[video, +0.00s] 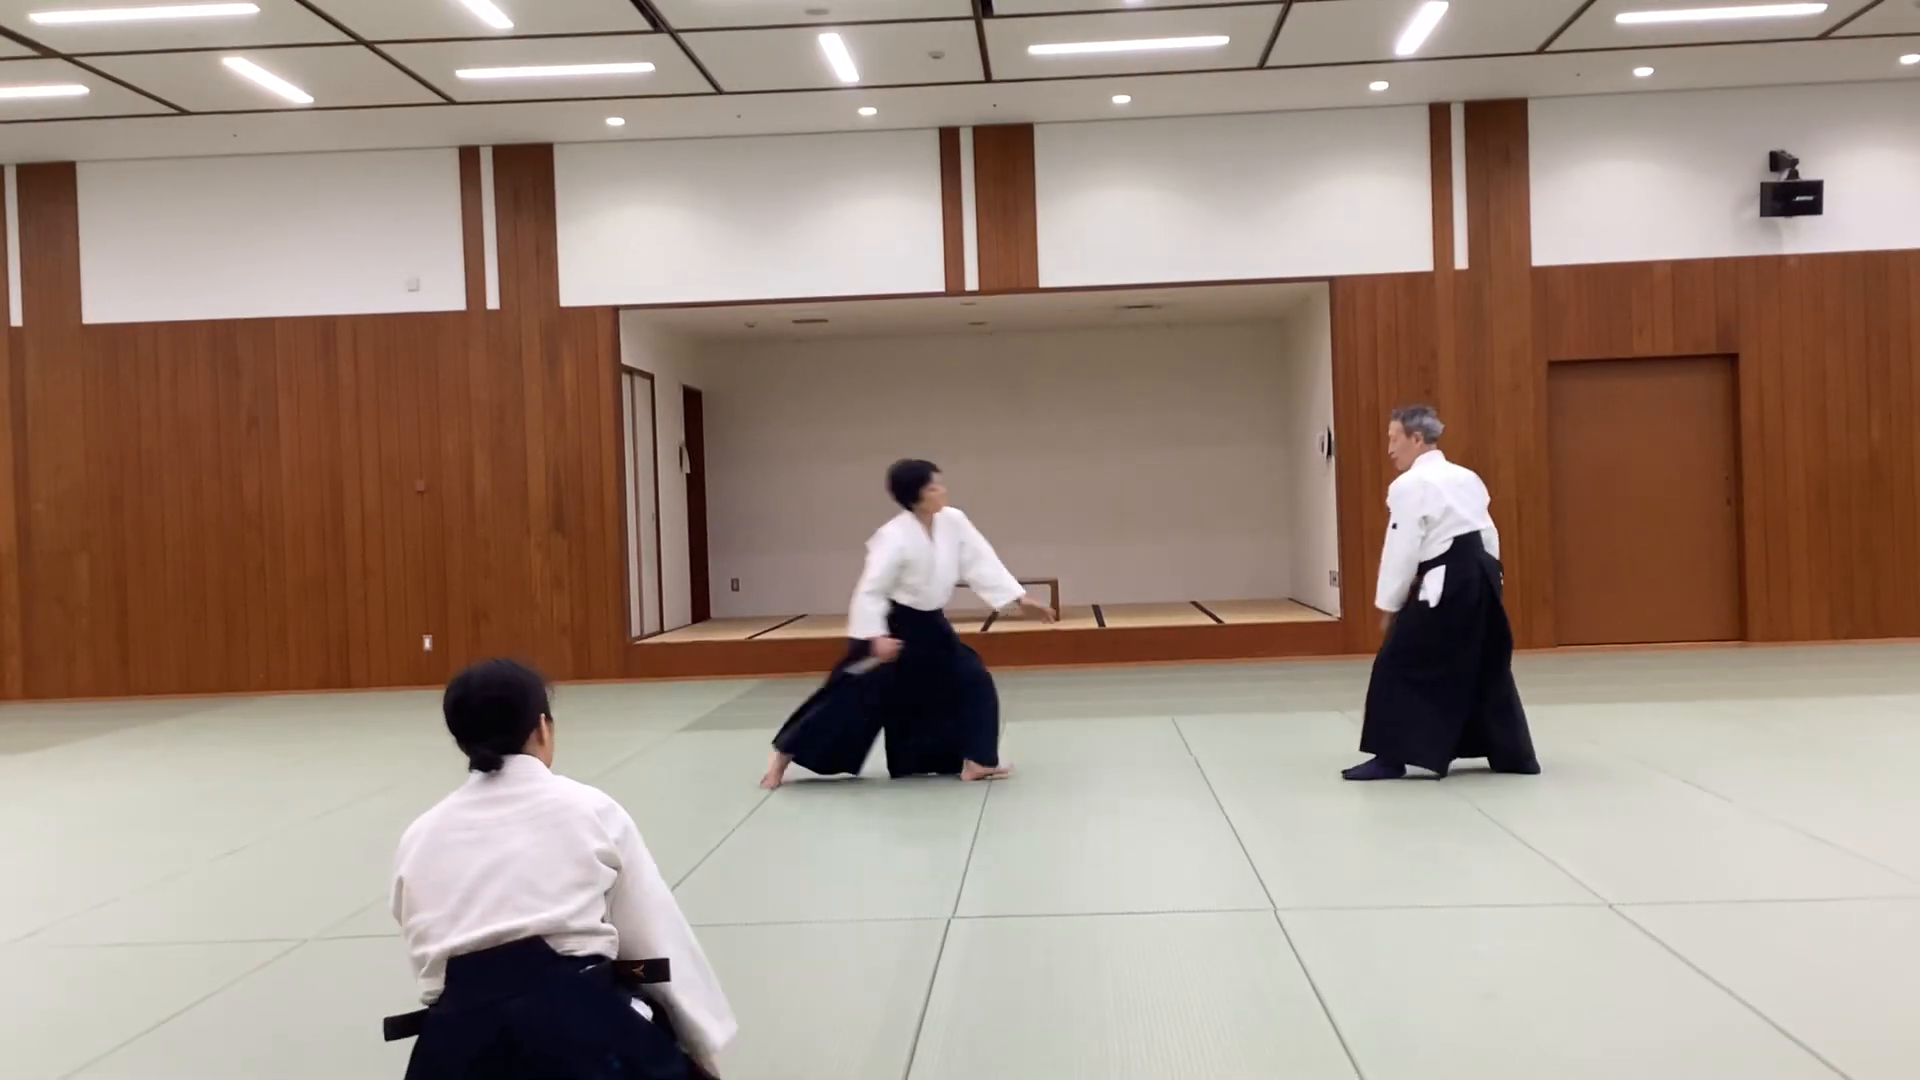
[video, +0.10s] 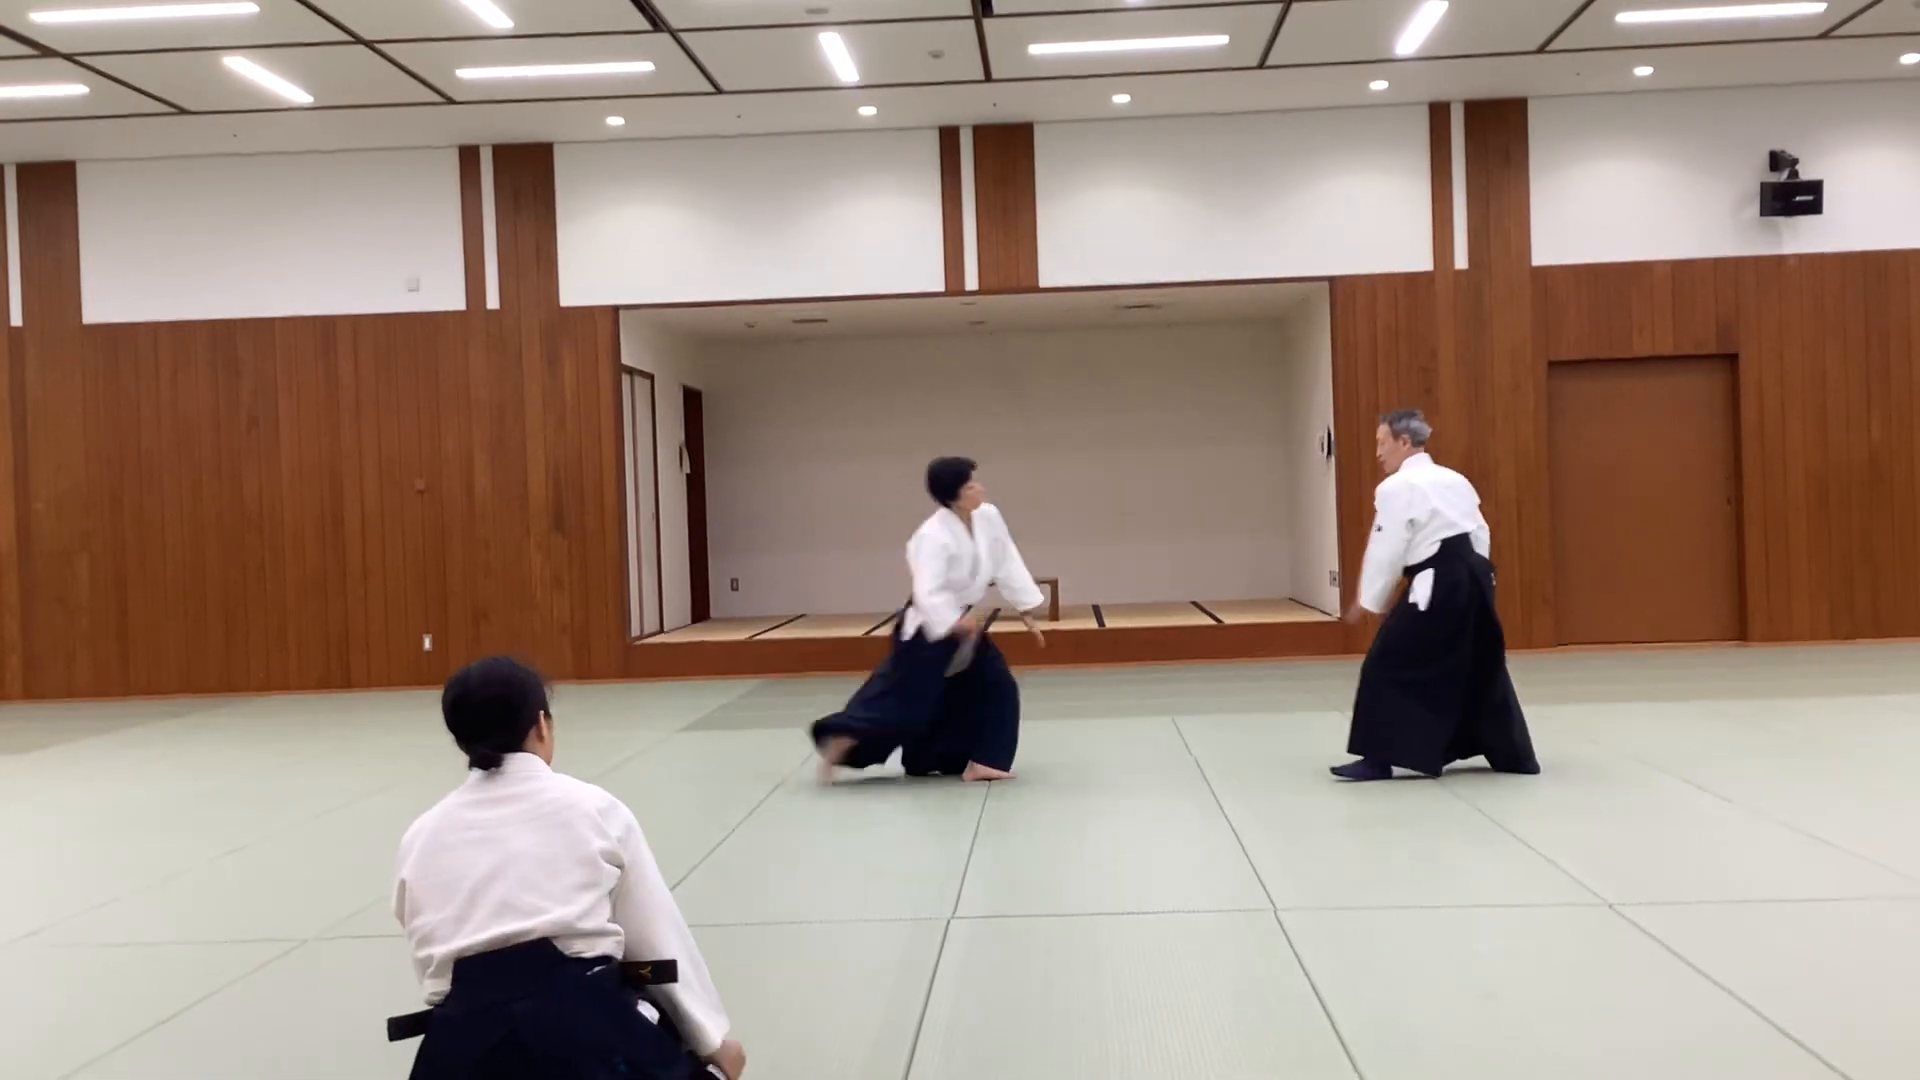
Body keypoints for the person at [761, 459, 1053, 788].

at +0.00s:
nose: (942, 490)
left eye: (939, 484)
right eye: (933, 487)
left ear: (934, 492)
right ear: (915, 497)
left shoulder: (953, 522)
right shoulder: (894, 536)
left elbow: (983, 563)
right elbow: (870, 590)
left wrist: (1021, 599)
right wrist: (877, 635)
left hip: (933, 624)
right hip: (895, 624)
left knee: (975, 680)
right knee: (853, 691)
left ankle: (977, 761)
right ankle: (787, 749)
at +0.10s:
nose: (979, 487)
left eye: (976, 481)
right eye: (971, 485)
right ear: (954, 495)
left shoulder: (987, 516)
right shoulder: (932, 536)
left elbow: (1007, 563)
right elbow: (926, 594)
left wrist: (1027, 610)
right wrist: (956, 621)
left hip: (964, 622)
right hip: (927, 625)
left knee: (1000, 688)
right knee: (906, 694)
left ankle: (983, 762)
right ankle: (842, 742)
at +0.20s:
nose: (1007, 484)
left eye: (1003, 478)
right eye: (999, 481)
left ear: (989, 490)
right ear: (984, 492)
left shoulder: (1009, 513)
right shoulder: (967, 527)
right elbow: (990, 573)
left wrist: (1026, 537)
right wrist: (1016, 540)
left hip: (994, 617)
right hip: (965, 618)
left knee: (1019, 690)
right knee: (972, 686)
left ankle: (987, 759)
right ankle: (943, 752)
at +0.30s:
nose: (1037, 472)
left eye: (1033, 466)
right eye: (1029, 468)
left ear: (1001, 483)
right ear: (1018, 480)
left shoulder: (1018, 510)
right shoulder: (1005, 517)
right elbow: (1028, 521)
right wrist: (1035, 480)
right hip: (1007, 616)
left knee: (1011, 685)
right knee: (1067, 674)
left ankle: (986, 757)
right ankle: (1090, 757)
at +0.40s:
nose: (1060, 444)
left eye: (1053, 443)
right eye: (1054, 445)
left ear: (1035, 471)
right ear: (1053, 466)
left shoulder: (1036, 498)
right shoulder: (1056, 505)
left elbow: (1025, 523)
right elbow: (1086, 489)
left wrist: (1014, 545)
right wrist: (1065, 450)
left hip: (1035, 601)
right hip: (1057, 607)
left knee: (1037, 684)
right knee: (1107, 680)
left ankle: (984, 755)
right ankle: (1156, 762)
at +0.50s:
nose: (1107, 451)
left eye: (1104, 446)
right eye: (1102, 447)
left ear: (1069, 460)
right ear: (1092, 457)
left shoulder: (1056, 490)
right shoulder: (1097, 492)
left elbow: (1027, 526)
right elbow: (1145, 468)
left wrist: (1012, 554)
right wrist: (1126, 423)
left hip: (1065, 601)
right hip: (1097, 602)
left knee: (1065, 680)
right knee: (1143, 673)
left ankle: (1004, 746)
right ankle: (1163, 765)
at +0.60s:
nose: (1123, 436)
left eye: (1119, 430)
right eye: (1119, 432)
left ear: (1081, 444)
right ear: (1109, 440)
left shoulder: (1067, 479)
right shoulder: (1130, 471)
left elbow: (1046, 528)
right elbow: (1184, 454)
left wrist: (1027, 566)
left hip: (1080, 585)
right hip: (1119, 583)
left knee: (1092, 673)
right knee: (1155, 666)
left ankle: (1055, 734)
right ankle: (1165, 761)